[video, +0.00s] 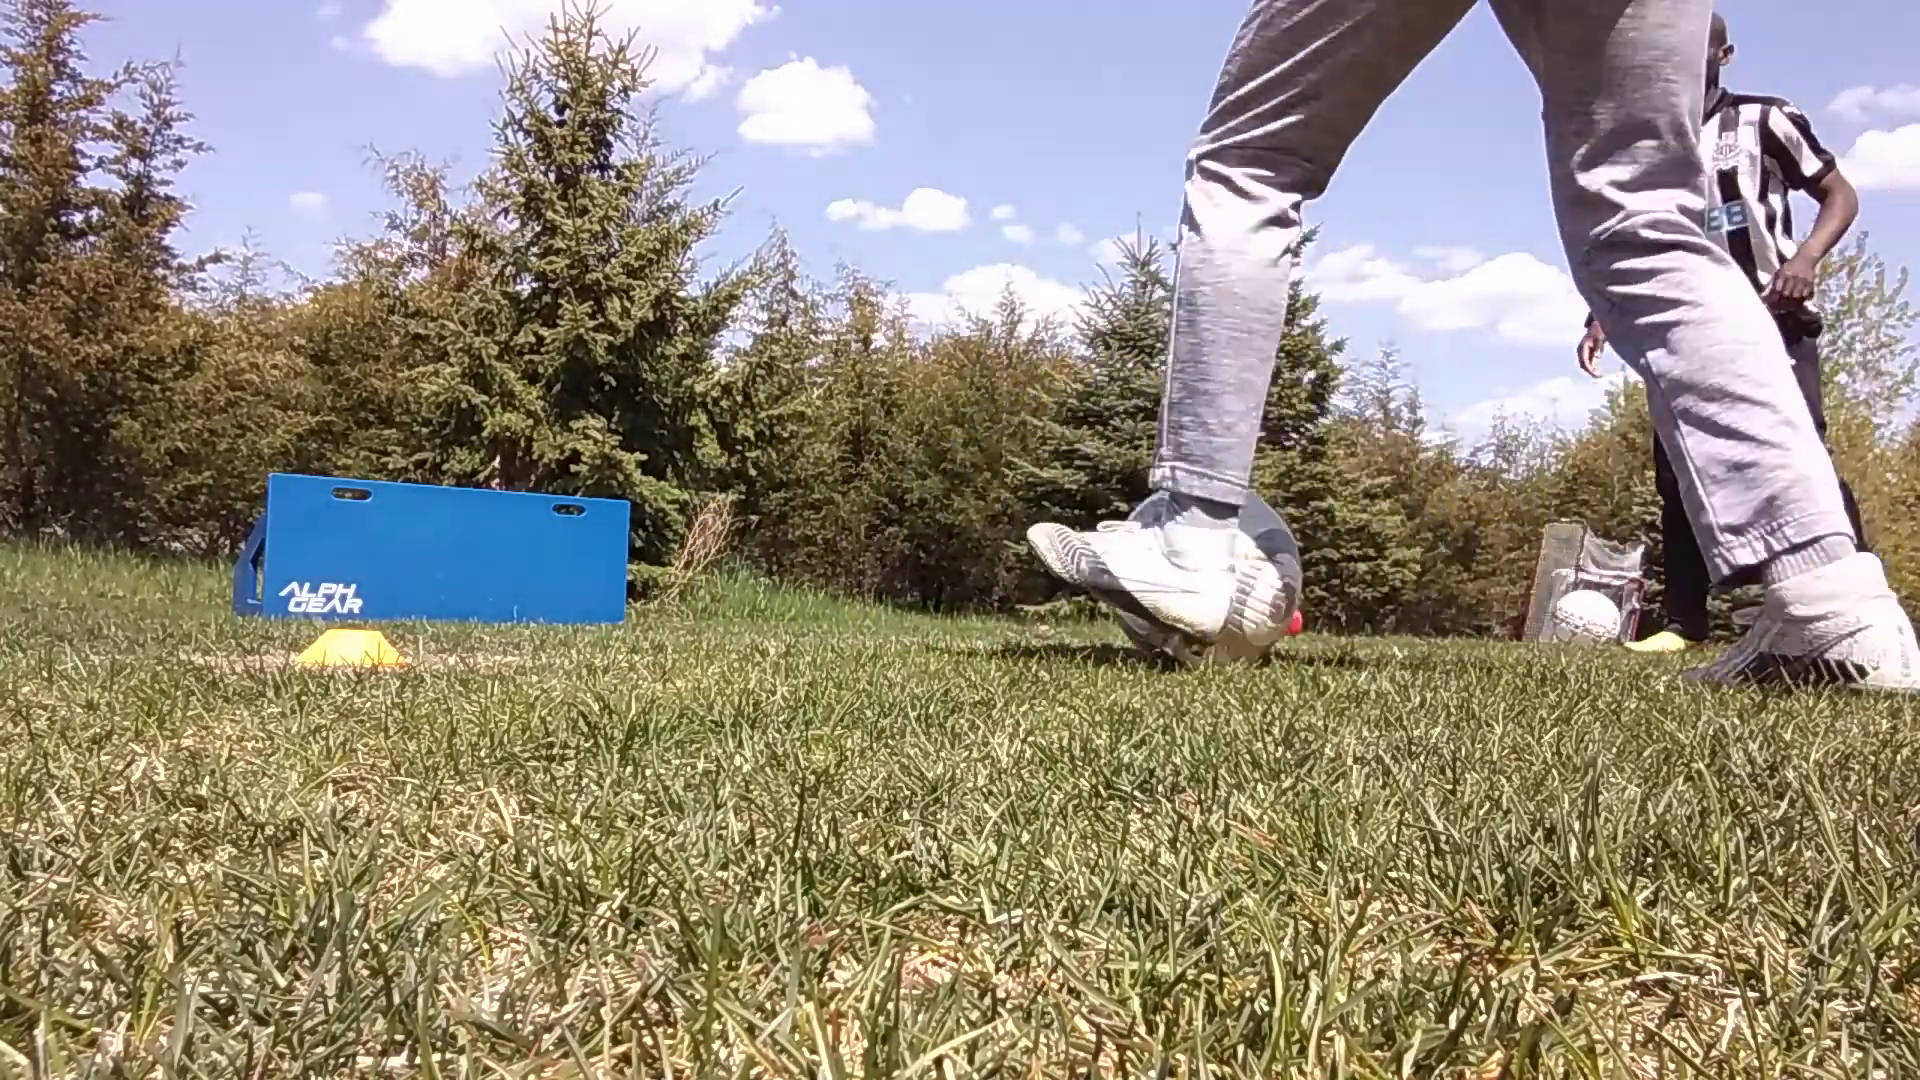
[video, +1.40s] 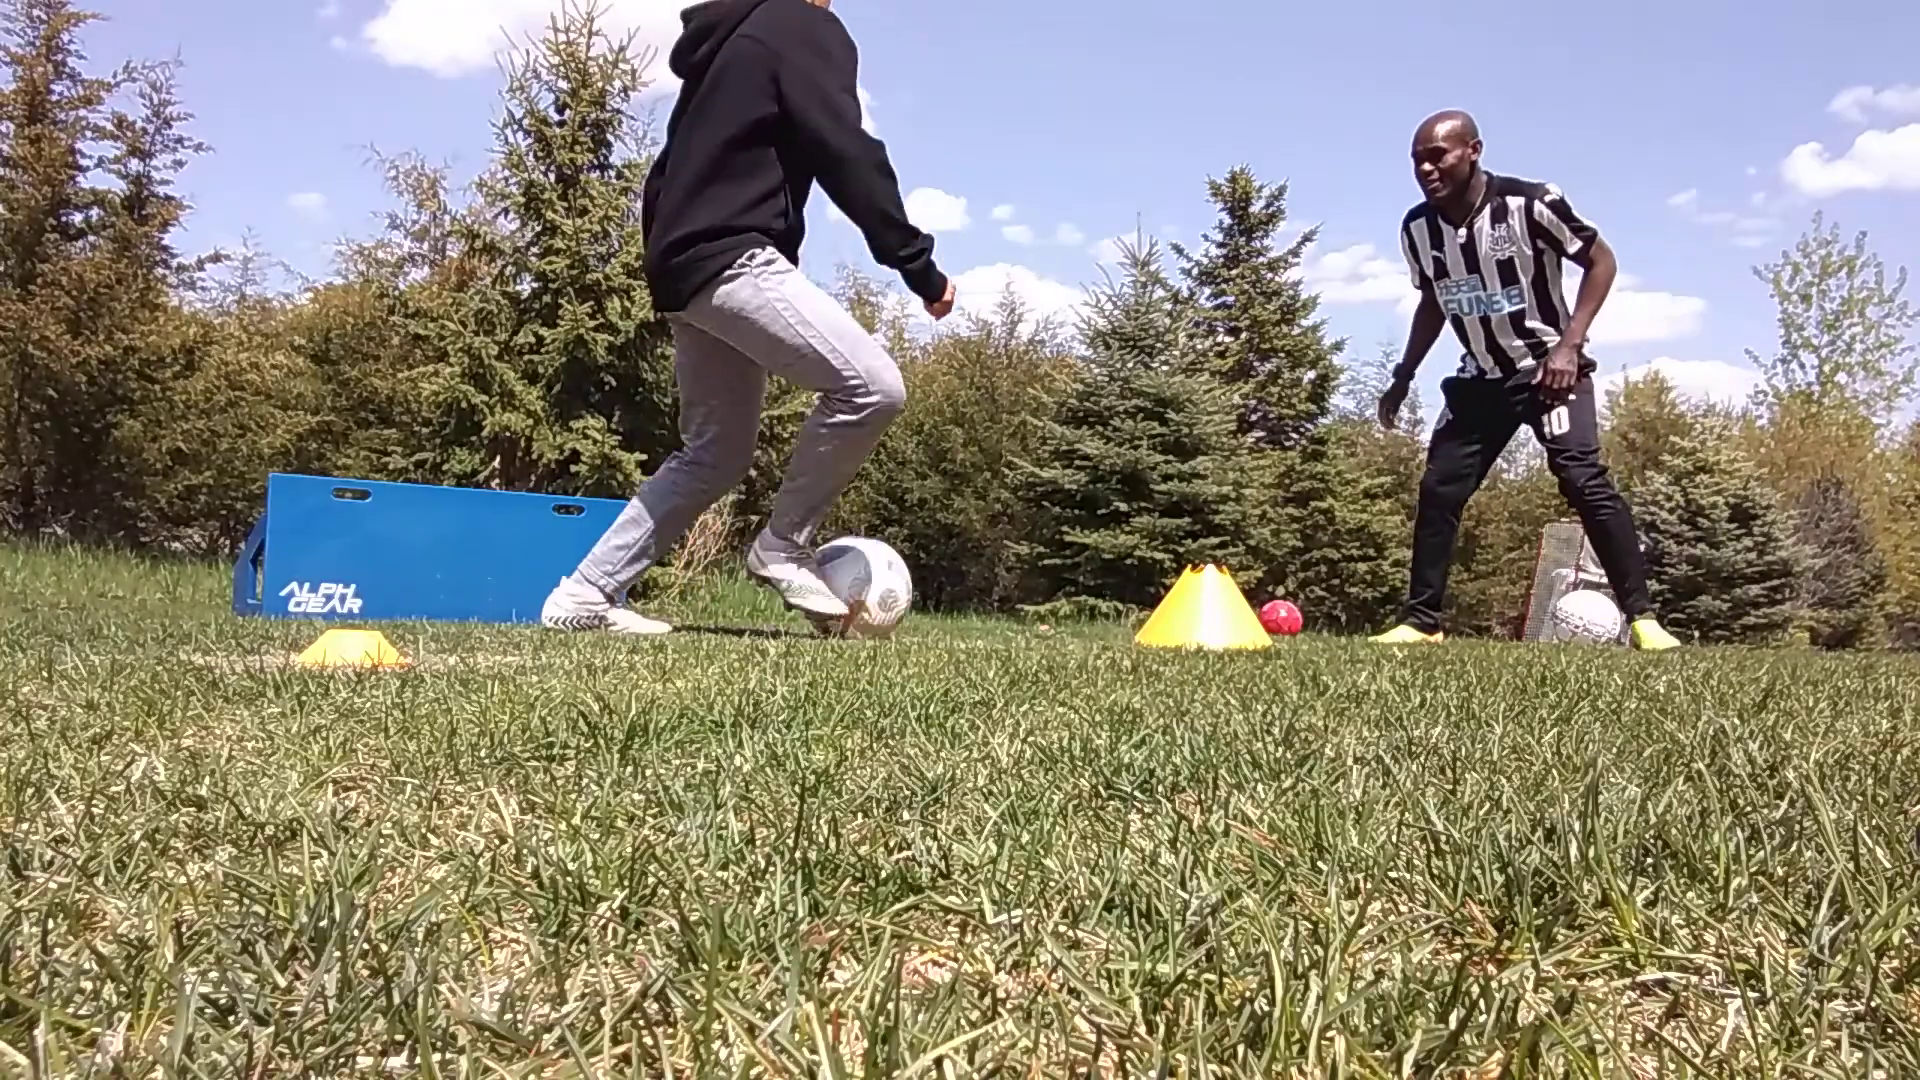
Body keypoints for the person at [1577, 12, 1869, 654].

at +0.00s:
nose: (1685, 52)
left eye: (1698, 39)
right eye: (1678, 41)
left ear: (1721, 49)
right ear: (1664, 52)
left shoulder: (1765, 117)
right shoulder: (1650, 132)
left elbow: (1842, 196)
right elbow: (1639, 236)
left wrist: (1804, 258)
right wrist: (1606, 308)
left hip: (1773, 316)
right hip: (1684, 323)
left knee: (1801, 453)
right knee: (1678, 470)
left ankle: (1852, 595)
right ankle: (1684, 620)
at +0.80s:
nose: (1633, 73)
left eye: (1649, 61)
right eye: (1631, 61)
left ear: (1693, 68)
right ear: (1629, 69)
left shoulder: (1738, 145)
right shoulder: (1608, 148)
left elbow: (1797, 234)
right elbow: (1608, 237)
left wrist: (1738, 309)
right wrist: (1581, 312)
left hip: (1709, 345)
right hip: (1628, 347)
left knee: (1729, 470)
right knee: (1578, 460)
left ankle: (1764, 623)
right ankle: (1612, 603)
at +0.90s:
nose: (1613, 96)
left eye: (1629, 84)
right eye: (1609, 85)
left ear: (1671, 89)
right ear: (1604, 91)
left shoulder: (1720, 165)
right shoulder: (1589, 168)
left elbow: (1776, 252)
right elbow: (1588, 255)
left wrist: (1721, 330)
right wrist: (1557, 332)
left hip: (1693, 356)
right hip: (1611, 357)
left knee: (1717, 476)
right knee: (1539, 468)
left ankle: (1762, 624)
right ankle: (1534, 606)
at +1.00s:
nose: (1578, 117)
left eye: (1592, 105)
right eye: (1573, 107)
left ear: (1634, 108)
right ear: (1569, 113)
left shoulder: (1686, 185)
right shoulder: (1556, 187)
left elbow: (1744, 263)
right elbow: (1559, 269)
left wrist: (1696, 344)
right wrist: (1527, 343)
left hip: (1663, 369)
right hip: (1580, 371)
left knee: (1699, 482)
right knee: (1501, 474)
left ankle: (1760, 625)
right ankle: (1460, 606)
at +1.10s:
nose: (1531, 135)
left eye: (1545, 122)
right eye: (1526, 125)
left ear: (1585, 125)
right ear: (1522, 131)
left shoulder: (1637, 197)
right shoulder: (1508, 202)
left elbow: (1692, 272)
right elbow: (1513, 279)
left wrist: (1654, 350)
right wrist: (1487, 350)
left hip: (1616, 383)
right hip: (1532, 385)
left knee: (1675, 494)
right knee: (1467, 494)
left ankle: (1750, 624)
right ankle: (1423, 619)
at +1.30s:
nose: (1441, 170)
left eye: (1454, 157)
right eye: (1435, 160)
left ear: (1491, 156)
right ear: (1431, 165)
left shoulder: (1545, 211)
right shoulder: (1430, 232)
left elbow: (1611, 277)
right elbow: (1439, 306)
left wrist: (1581, 359)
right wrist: (1408, 379)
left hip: (1556, 378)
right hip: (1484, 386)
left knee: (1603, 490)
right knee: (1430, 492)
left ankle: (1675, 617)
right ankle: (1421, 623)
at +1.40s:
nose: (1425, 168)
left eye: (1437, 155)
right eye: (1418, 158)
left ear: (1473, 153)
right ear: (1414, 162)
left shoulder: (1531, 203)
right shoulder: (1418, 229)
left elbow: (1601, 261)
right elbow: (1433, 303)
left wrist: (1571, 343)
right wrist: (1402, 376)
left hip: (1551, 370)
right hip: (1482, 381)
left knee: (1582, 480)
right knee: (1439, 490)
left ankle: (1641, 617)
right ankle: (1422, 622)